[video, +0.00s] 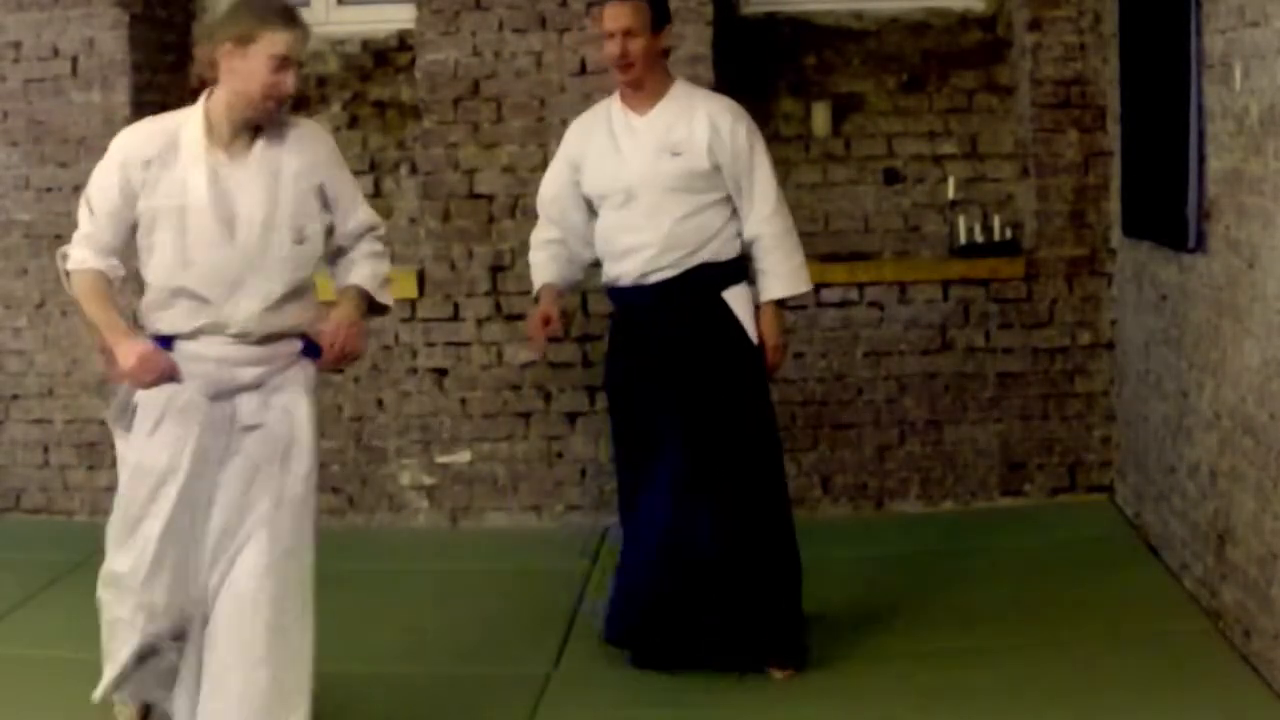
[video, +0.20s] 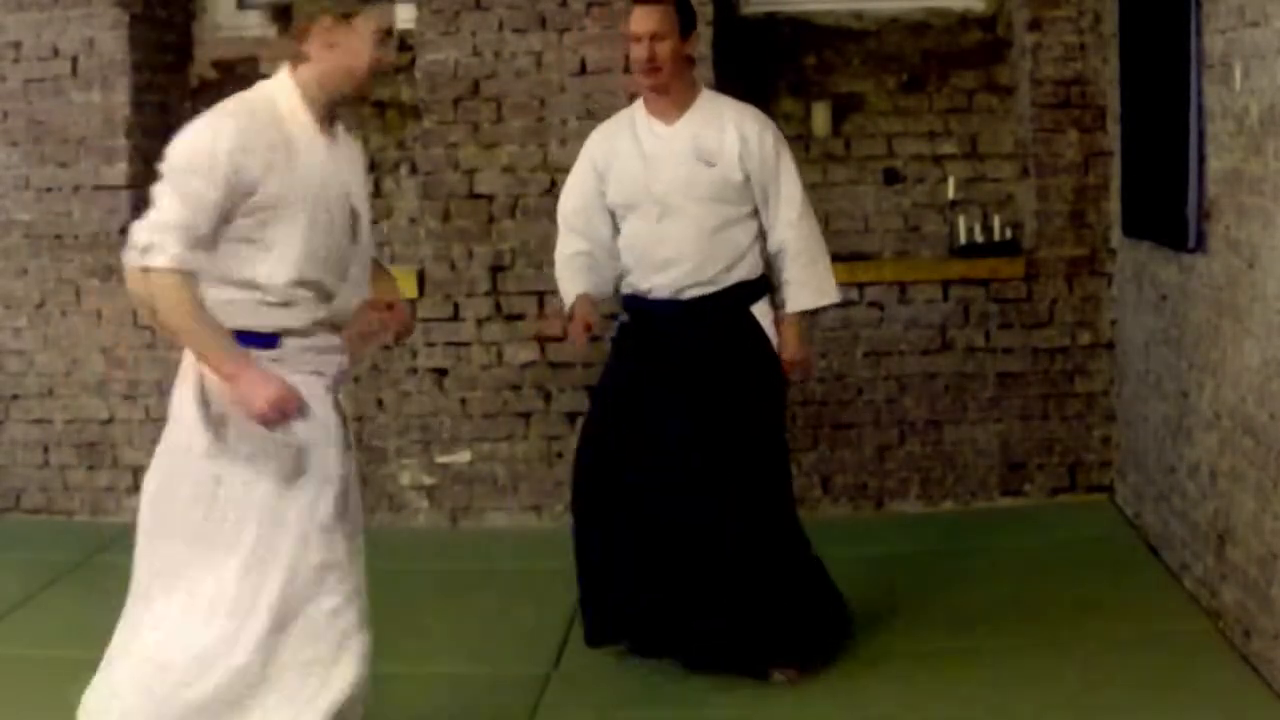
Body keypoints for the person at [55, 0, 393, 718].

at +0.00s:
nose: (289, 83)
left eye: (295, 68)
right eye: (277, 64)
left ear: (295, 75)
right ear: (223, 57)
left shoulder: (310, 148)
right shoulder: (141, 149)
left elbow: (366, 243)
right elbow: (85, 257)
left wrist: (353, 306)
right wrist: (122, 340)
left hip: (277, 389)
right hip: (172, 387)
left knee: (263, 579)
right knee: (151, 571)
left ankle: (249, 710)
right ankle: (140, 703)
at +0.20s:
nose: (388, 56)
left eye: (390, 40)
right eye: (379, 36)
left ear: (333, 39)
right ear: (321, 35)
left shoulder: (345, 149)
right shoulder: (227, 133)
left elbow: (324, 285)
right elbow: (150, 267)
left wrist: (366, 318)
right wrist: (238, 371)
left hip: (315, 392)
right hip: (232, 391)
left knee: (315, 594)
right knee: (217, 597)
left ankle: (301, 708)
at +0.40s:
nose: (490, 74)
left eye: (487, 54)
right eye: (482, 53)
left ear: (411, 54)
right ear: (448, 53)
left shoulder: (335, 127)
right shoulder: (423, 162)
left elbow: (272, 251)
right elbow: (386, 339)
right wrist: (432, 472)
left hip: (280, 396)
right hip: (346, 411)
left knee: (295, 606)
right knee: (412, 612)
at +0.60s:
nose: (568, 55)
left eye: (565, 39)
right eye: (566, 39)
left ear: (484, 41)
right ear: (550, 41)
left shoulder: (392, 121)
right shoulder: (550, 144)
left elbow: (301, 245)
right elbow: (573, 335)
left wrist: (377, 332)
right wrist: (614, 475)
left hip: (353, 409)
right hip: (465, 420)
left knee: (330, 655)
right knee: (537, 666)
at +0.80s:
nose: (579, 32)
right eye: (575, 20)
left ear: (481, 22)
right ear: (554, 22)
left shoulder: (393, 103)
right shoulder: (598, 121)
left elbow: (294, 227)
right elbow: (675, 297)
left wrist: (411, 250)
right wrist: (695, 403)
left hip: (407, 410)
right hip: (546, 411)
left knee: (411, 677)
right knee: (615, 673)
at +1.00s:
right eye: (526, 16)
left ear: (427, 26)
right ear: (515, 21)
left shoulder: (363, 130)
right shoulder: (581, 121)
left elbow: (315, 293)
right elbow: (692, 275)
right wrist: (580, 275)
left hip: (438, 434)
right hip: (584, 421)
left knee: (453, 681)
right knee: (615, 672)